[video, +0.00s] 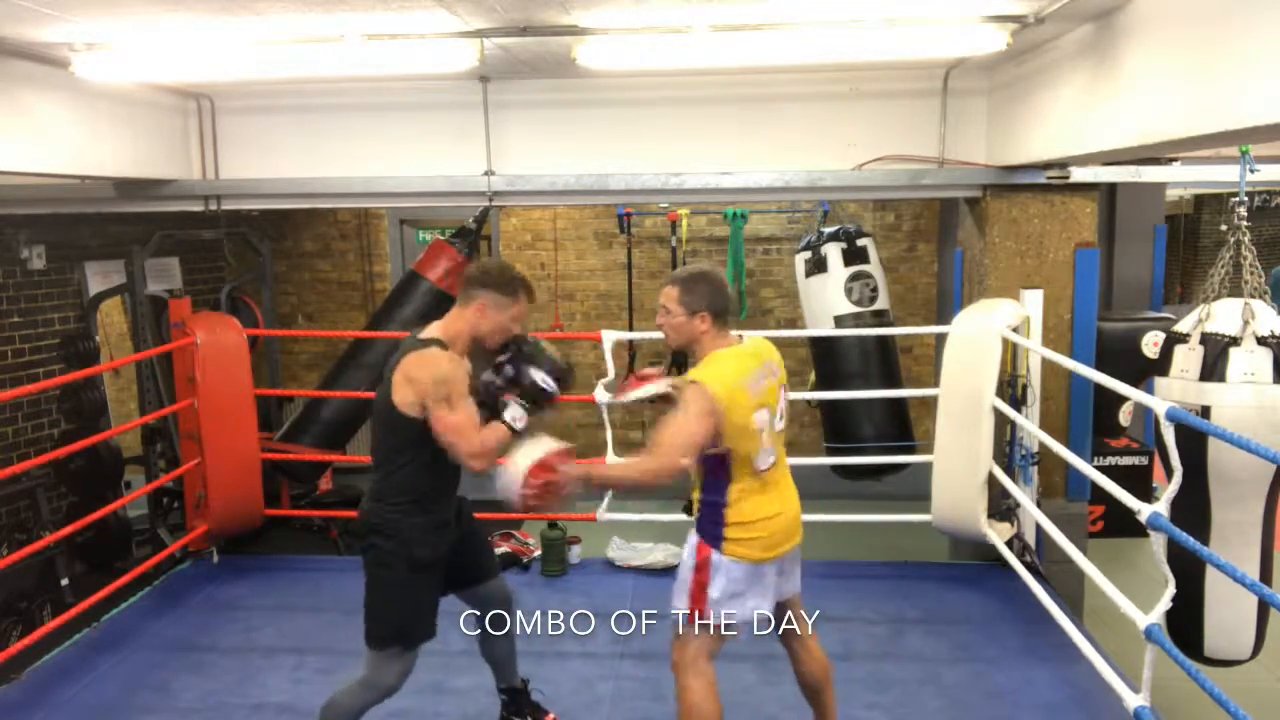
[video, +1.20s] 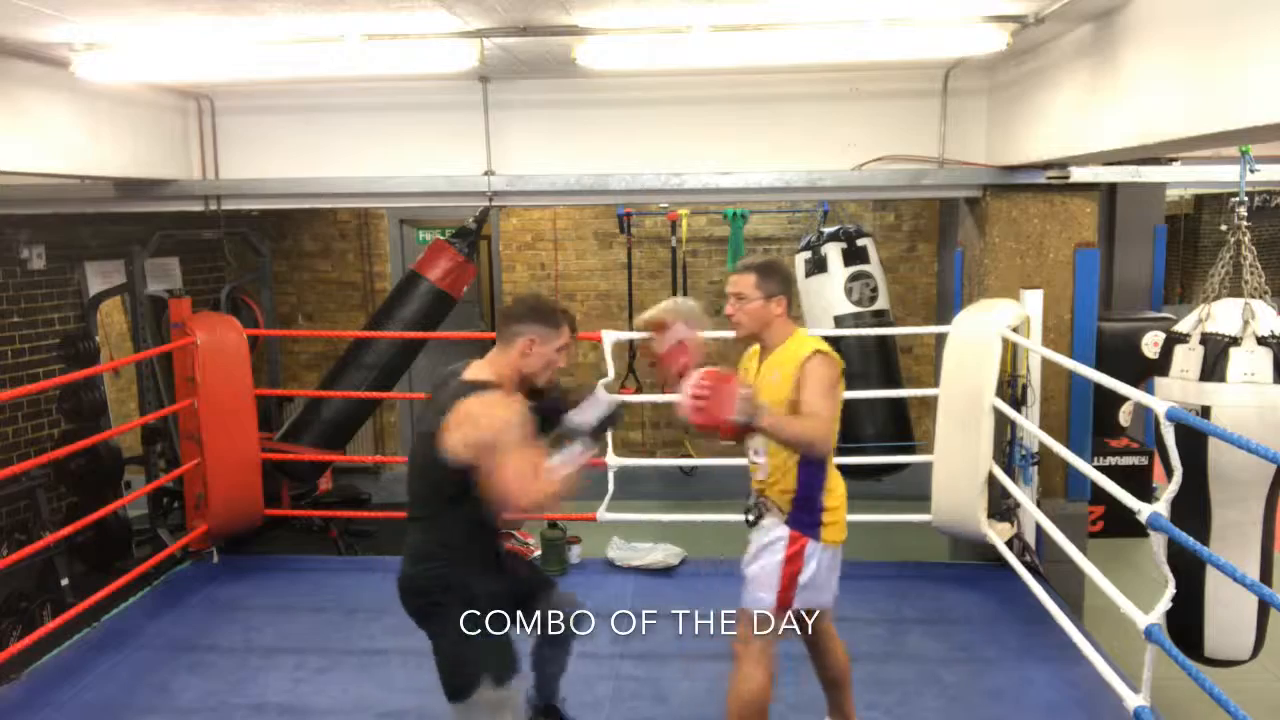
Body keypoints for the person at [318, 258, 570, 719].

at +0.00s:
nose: (513, 337)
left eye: (519, 328)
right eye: (513, 324)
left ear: (477, 307)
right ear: (480, 307)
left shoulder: (447, 351)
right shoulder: (437, 366)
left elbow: (464, 426)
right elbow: (477, 454)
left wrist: (500, 393)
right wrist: (524, 404)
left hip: (443, 520)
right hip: (401, 531)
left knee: (496, 604)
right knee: (386, 675)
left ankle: (515, 703)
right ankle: (328, 717)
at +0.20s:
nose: (521, 357)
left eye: (524, 347)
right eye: (519, 347)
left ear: (489, 339)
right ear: (490, 341)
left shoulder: (463, 369)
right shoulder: (416, 398)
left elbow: (471, 438)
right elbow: (409, 489)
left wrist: (511, 415)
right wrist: (472, 471)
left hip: (443, 521)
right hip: (392, 534)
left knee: (505, 606)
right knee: (370, 675)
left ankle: (517, 704)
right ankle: (318, 715)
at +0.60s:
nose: (506, 336)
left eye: (508, 325)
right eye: (502, 323)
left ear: (467, 314)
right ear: (467, 312)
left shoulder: (467, 363)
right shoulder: (395, 368)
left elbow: (511, 388)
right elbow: (357, 463)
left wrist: (538, 388)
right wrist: (442, 433)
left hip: (443, 518)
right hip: (389, 529)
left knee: (504, 611)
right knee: (362, 677)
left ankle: (513, 704)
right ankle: (313, 717)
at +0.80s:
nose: (551, 363)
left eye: (553, 348)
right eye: (544, 347)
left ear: (506, 335)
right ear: (514, 337)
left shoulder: (459, 361)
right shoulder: (489, 380)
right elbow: (533, 467)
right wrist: (597, 437)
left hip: (455, 532)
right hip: (415, 544)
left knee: (519, 608)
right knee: (405, 694)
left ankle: (514, 702)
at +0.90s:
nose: (578, 399)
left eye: (583, 389)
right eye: (577, 387)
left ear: (547, 373)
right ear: (548, 373)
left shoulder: (512, 406)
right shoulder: (487, 413)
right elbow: (470, 508)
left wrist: (550, 461)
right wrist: (539, 493)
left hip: (463, 543)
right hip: (417, 554)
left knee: (532, 613)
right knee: (440, 693)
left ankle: (515, 701)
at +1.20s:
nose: (562, 363)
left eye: (565, 352)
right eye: (559, 350)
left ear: (524, 345)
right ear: (527, 347)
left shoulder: (471, 378)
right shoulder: (495, 409)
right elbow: (521, 497)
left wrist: (573, 418)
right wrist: (571, 462)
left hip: (474, 557)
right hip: (451, 574)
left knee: (561, 615)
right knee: (493, 702)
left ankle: (544, 706)